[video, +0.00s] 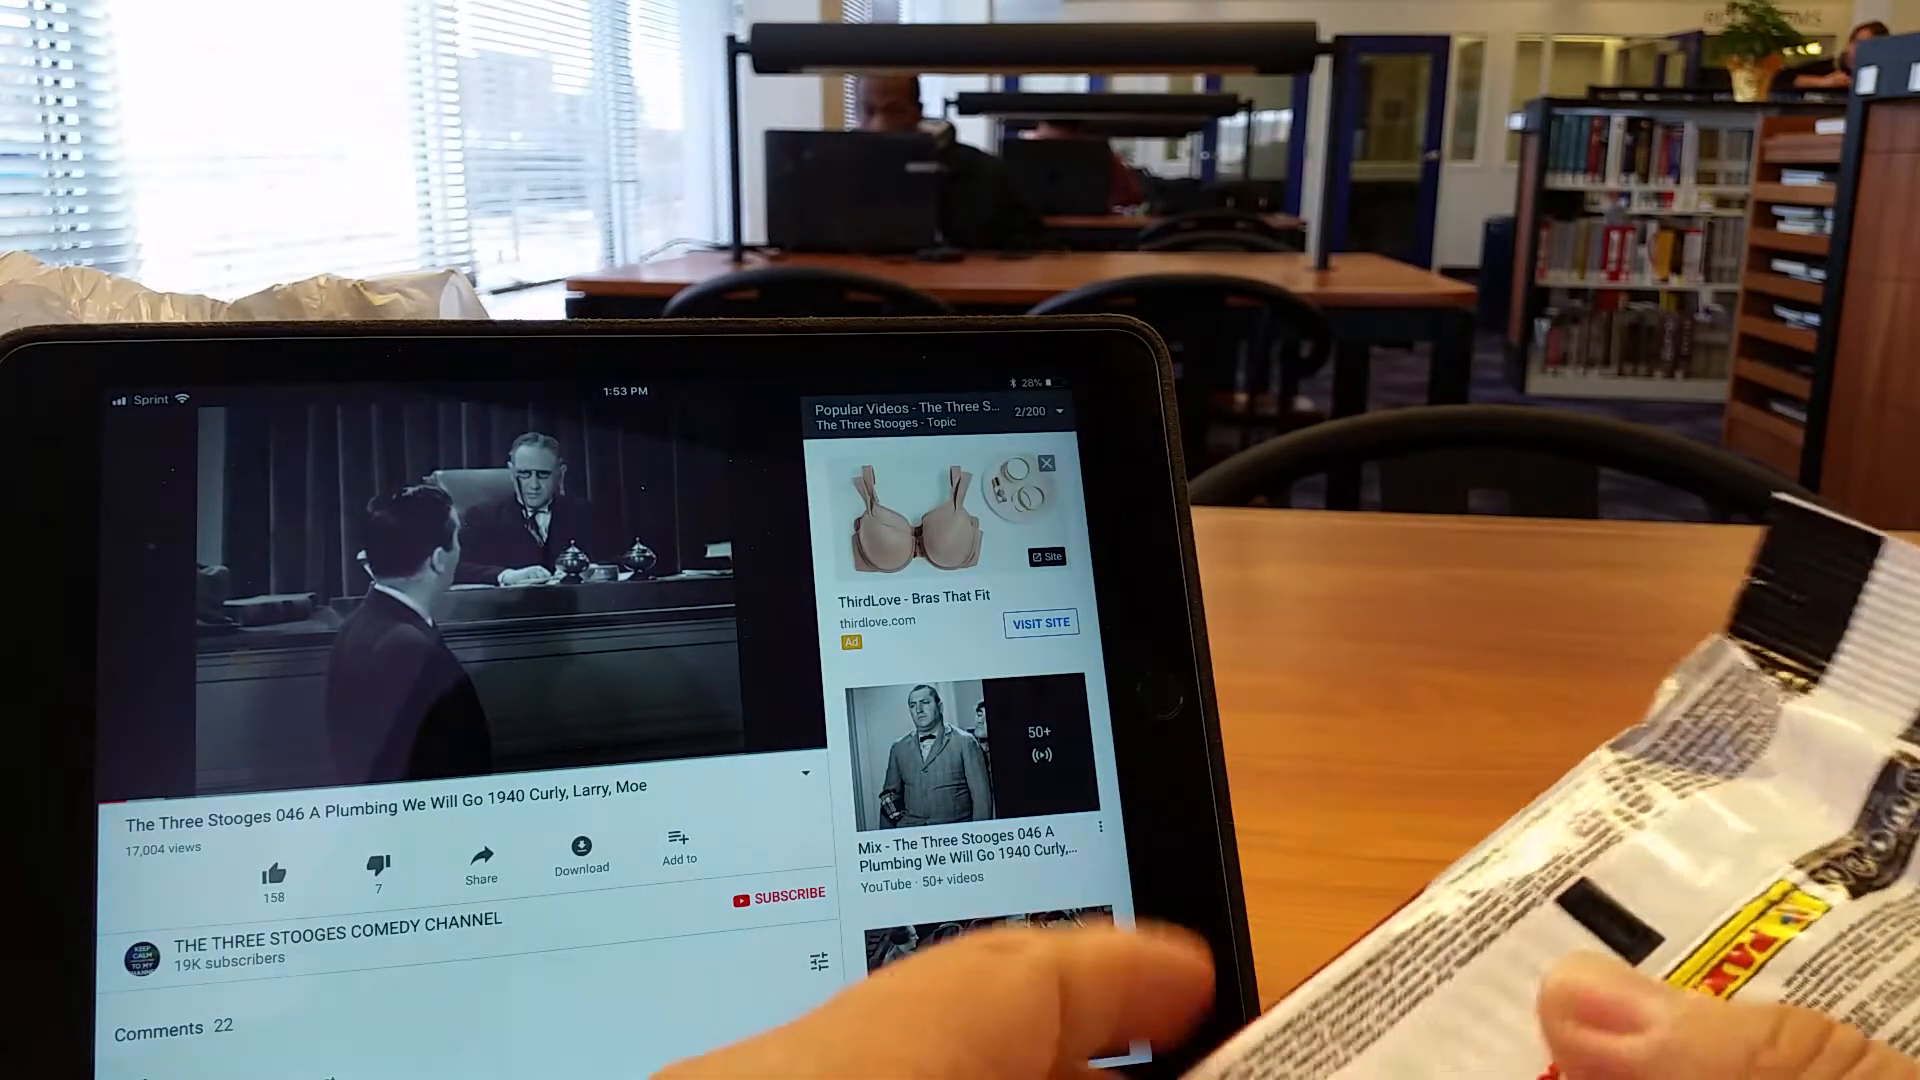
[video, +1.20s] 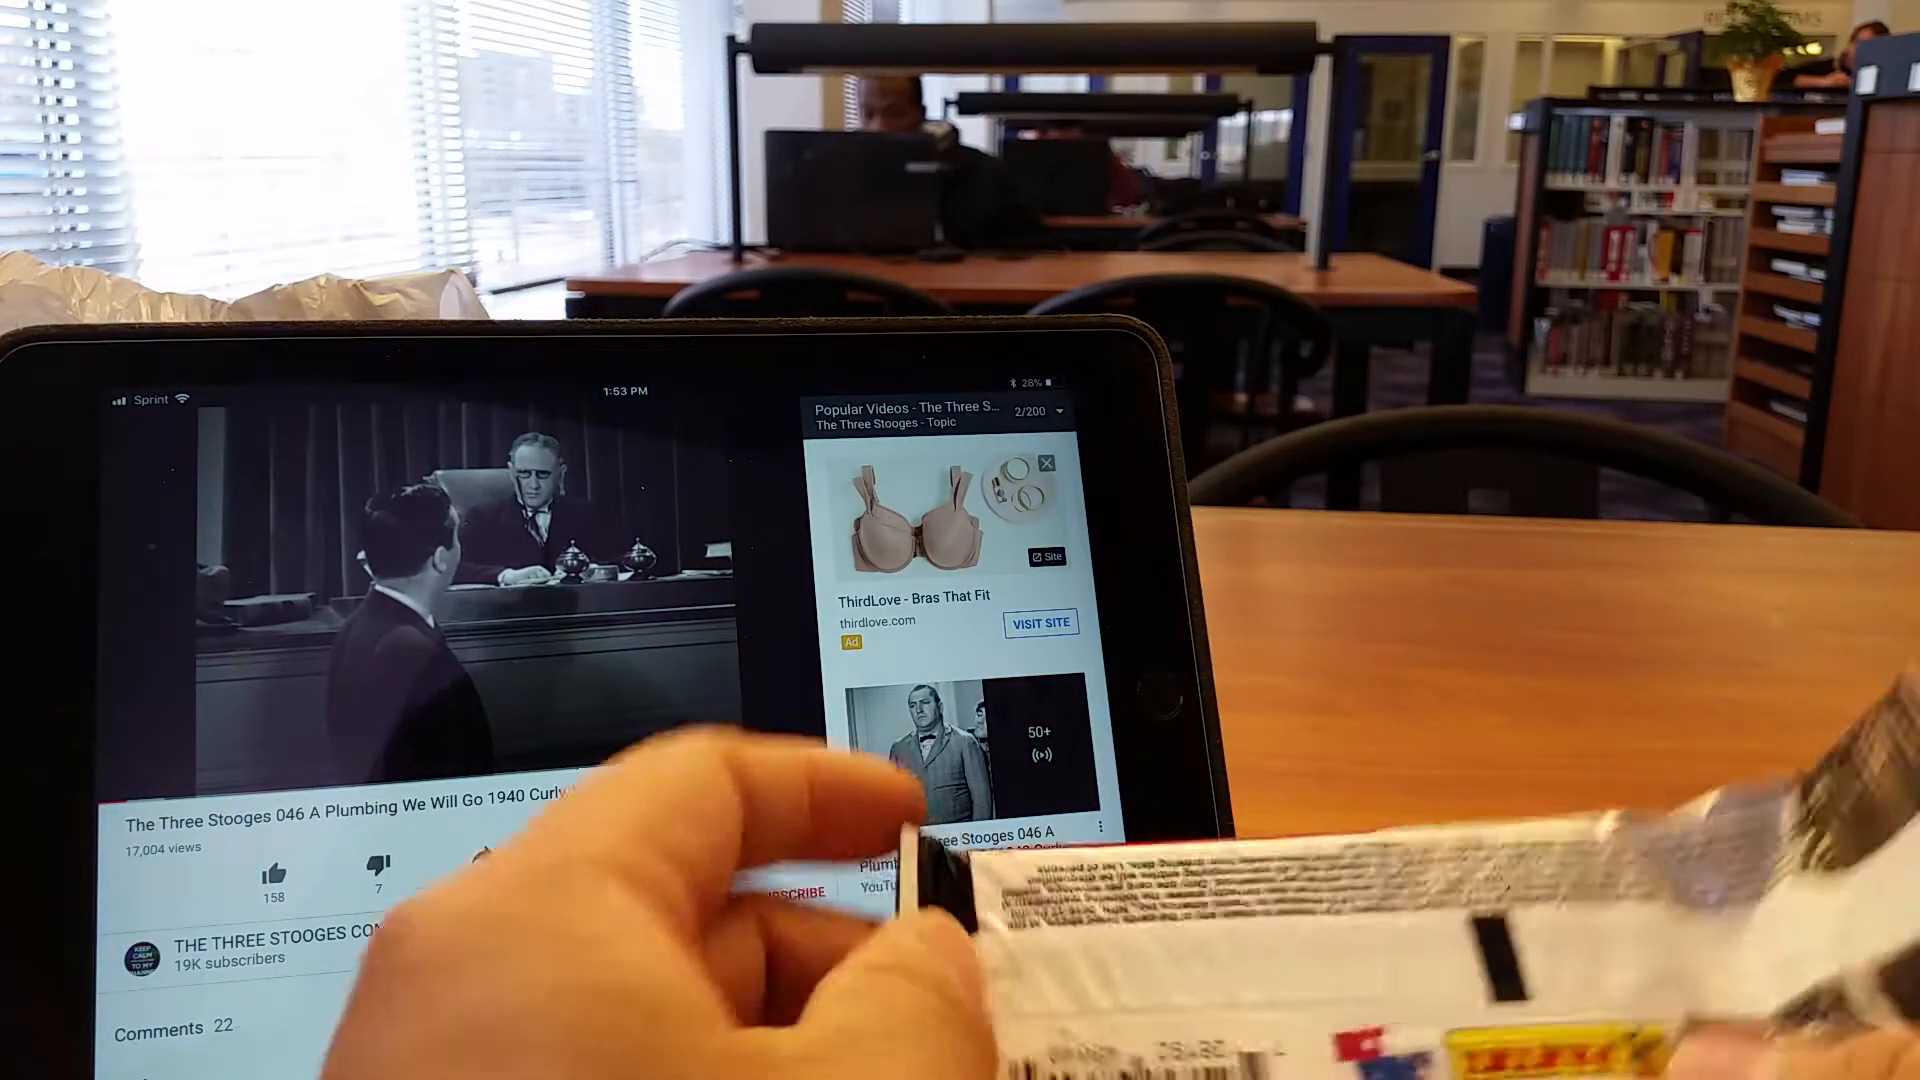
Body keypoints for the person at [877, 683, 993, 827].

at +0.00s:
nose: (919, 709)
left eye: (925, 703)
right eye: (913, 705)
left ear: (939, 706)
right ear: (909, 711)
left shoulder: (964, 742)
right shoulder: (899, 748)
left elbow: (981, 795)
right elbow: (891, 794)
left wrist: (979, 835)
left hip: (956, 831)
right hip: (910, 835)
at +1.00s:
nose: (919, 710)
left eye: (925, 703)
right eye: (913, 705)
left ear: (939, 707)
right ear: (909, 711)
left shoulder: (964, 742)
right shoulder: (899, 748)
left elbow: (981, 795)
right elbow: (890, 795)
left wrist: (979, 835)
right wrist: (886, 840)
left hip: (956, 831)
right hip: (910, 836)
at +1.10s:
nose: (919, 709)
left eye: (925, 702)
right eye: (913, 705)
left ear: (939, 706)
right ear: (909, 711)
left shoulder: (964, 742)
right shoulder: (899, 749)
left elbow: (981, 796)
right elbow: (892, 792)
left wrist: (979, 835)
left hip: (958, 833)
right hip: (916, 836)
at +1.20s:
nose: (919, 710)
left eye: (925, 703)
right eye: (913, 705)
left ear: (939, 707)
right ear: (910, 711)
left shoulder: (964, 742)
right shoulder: (899, 749)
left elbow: (981, 796)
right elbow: (893, 799)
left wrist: (977, 837)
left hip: (960, 833)